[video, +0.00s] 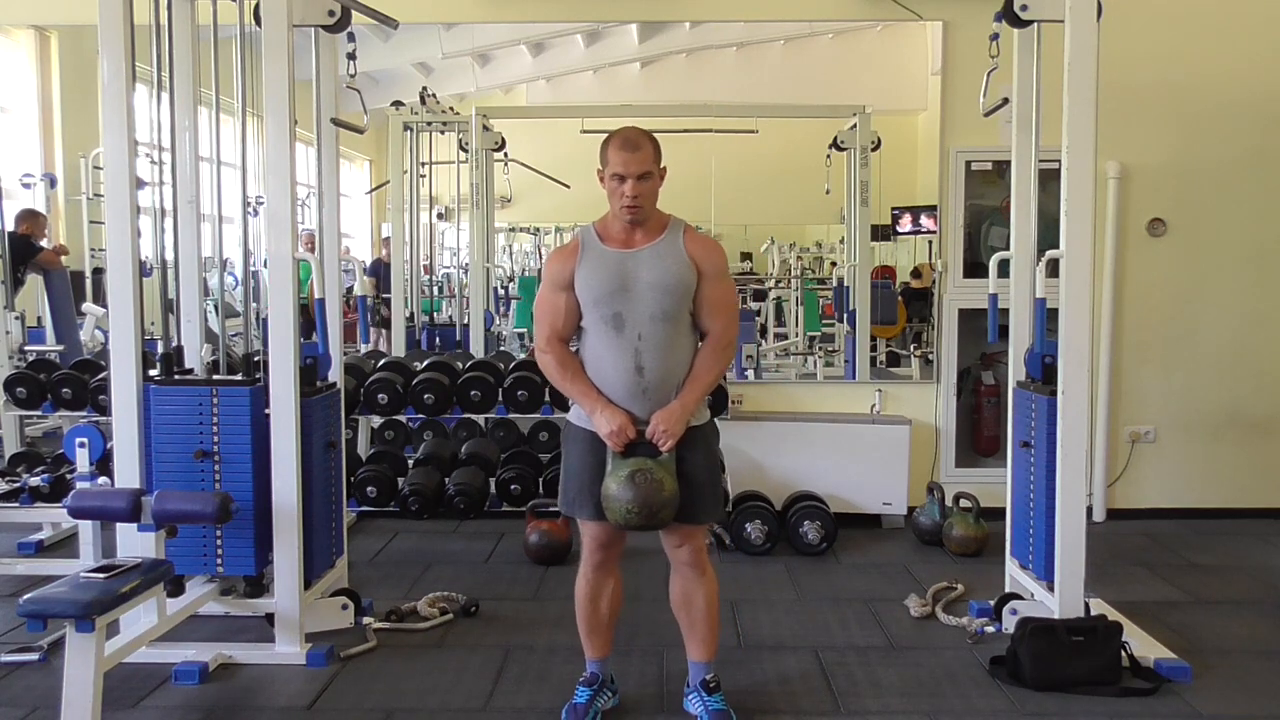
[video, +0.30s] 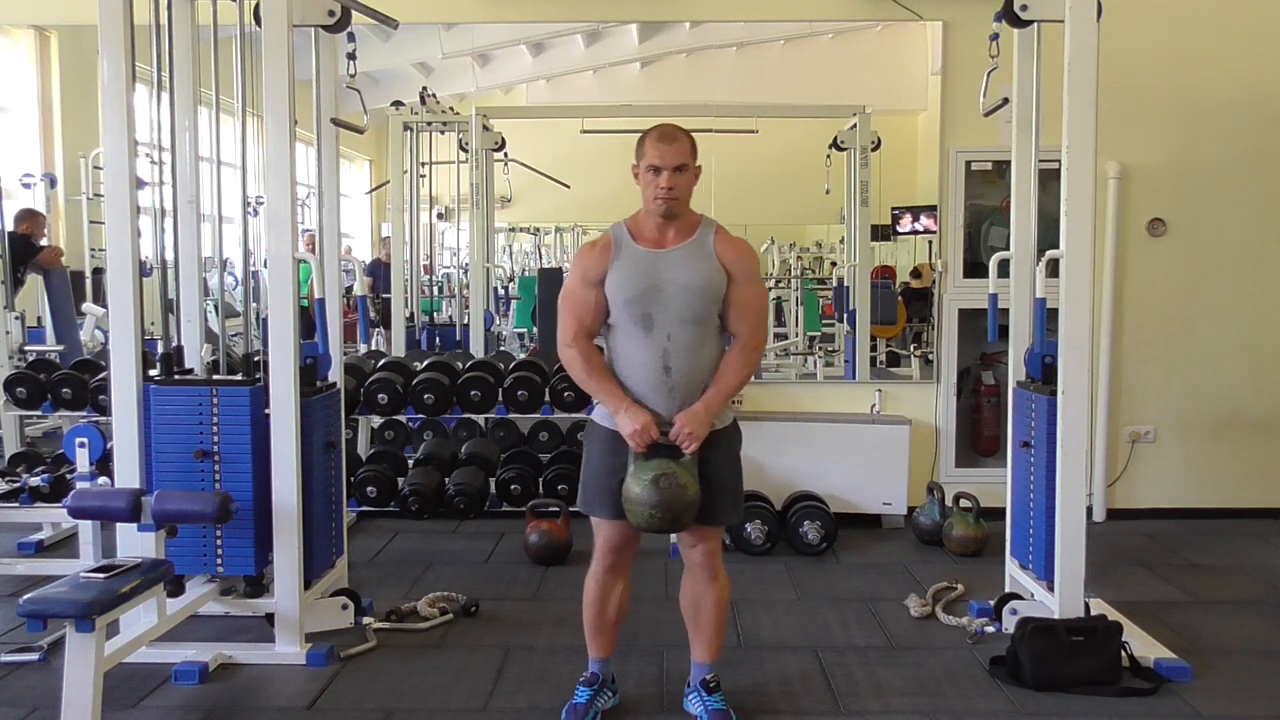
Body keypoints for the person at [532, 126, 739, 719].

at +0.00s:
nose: (631, 190)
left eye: (643, 178)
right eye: (619, 179)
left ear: (661, 175)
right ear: (602, 179)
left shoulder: (701, 252)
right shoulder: (568, 260)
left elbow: (721, 337)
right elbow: (549, 346)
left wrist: (684, 405)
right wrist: (598, 409)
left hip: (681, 427)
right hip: (594, 427)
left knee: (689, 548)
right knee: (598, 547)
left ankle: (702, 684)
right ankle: (596, 678)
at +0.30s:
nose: (668, 181)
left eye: (680, 170)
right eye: (656, 170)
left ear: (696, 174)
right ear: (637, 174)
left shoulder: (732, 254)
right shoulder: (598, 256)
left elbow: (750, 341)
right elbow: (573, 344)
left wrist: (708, 407)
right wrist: (622, 409)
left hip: (704, 429)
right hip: (617, 427)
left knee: (703, 552)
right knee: (611, 551)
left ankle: (703, 684)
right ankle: (597, 677)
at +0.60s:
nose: (696, 176)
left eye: (709, 165)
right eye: (684, 165)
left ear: (725, 173)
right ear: (665, 172)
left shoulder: (759, 257)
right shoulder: (623, 257)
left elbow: (779, 343)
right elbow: (593, 343)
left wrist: (735, 408)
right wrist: (648, 408)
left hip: (720, 434)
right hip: (632, 427)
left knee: (714, 561)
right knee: (616, 554)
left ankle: (704, 689)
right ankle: (603, 694)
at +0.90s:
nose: (680, 201)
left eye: (692, 189)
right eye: (666, 190)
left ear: (708, 198)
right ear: (646, 199)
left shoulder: (744, 271)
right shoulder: (610, 272)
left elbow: (801, 337)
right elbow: (557, 340)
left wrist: (748, 359)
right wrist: (639, 361)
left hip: (715, 461)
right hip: (628, 459)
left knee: (730, 620)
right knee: (620, 599)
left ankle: (702, 683)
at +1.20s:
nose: (654, 289)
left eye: (667, 279)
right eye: (639, 279)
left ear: (685, 292)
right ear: (612, 295)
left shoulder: (711, 353)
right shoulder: (580, 353)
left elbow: (787, 304)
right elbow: (522, 294)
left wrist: (726, 276)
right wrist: (609, 269)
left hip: (695, 573)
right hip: (598, 565)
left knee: (731, 710)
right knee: (605, 666)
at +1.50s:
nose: (645, 349)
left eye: (660, 335)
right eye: (630, 336)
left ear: (679, 343)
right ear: (607, 349)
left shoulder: (709, 401)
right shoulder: (581, 409)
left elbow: (730, 301)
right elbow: (565, 305)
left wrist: (696, 214)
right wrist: (605, 213)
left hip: (698, 634)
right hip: (598, 624)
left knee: (735, 710)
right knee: (596, 695)